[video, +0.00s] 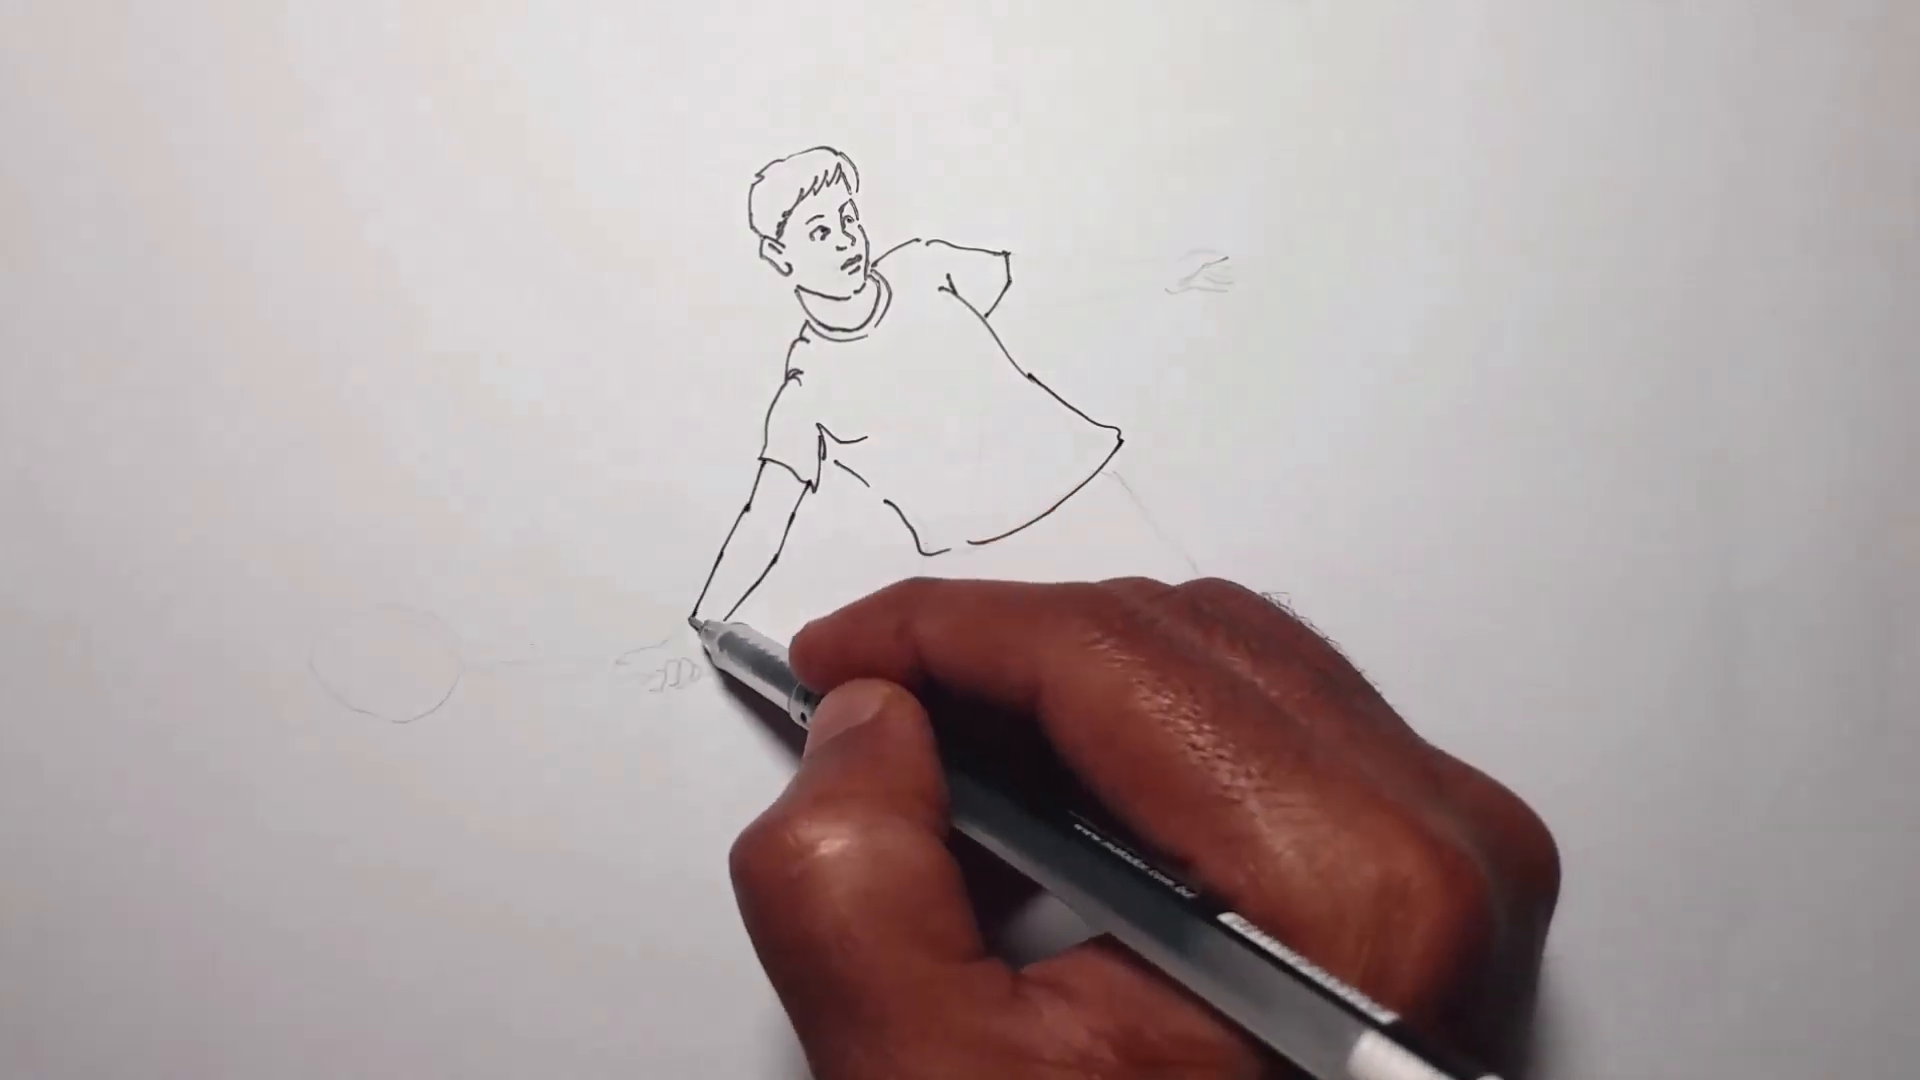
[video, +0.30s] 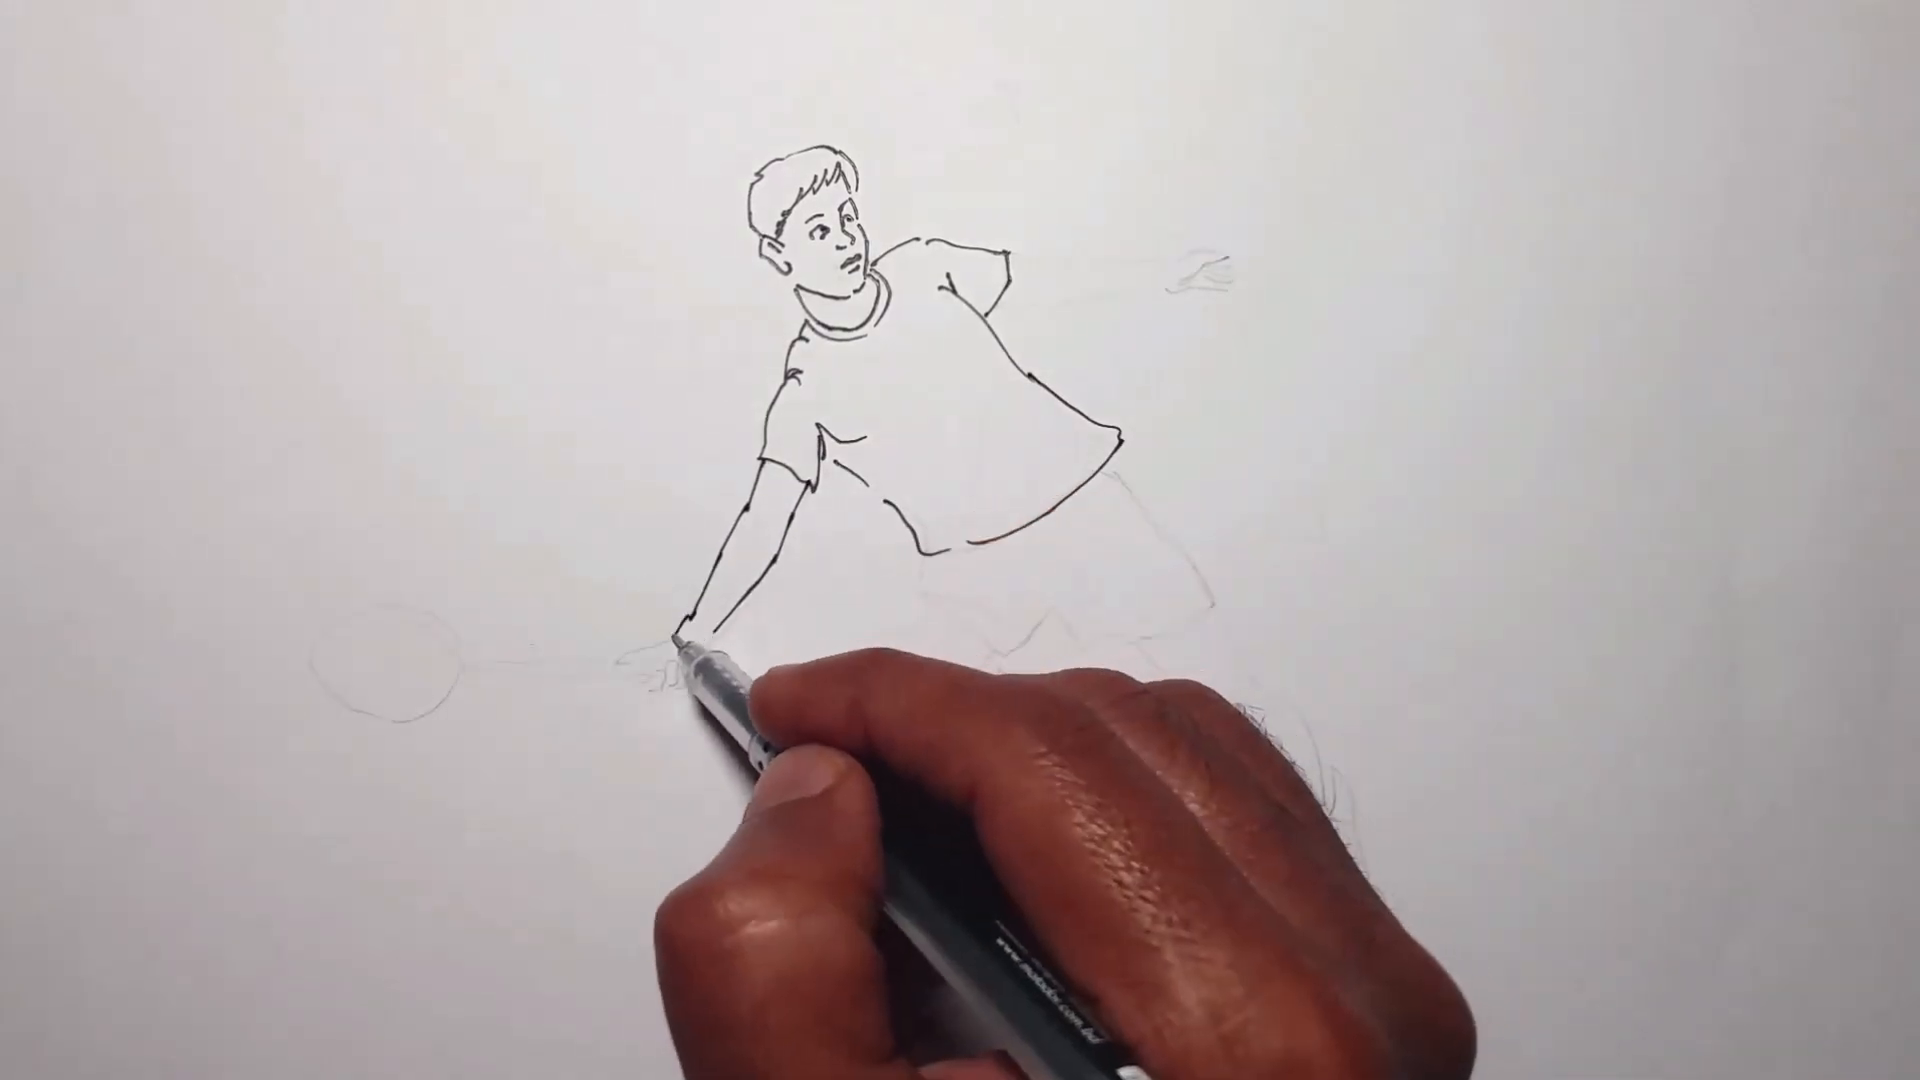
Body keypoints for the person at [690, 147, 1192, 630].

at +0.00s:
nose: (845, 240)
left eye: (847, 216)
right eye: (817, 232)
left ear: (860, 211)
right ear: (776, 257)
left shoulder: (922, 266)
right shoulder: (805, 394)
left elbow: (1028, 267)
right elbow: (763, 525)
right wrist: (704, 622)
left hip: (1076, 469)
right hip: (975, 548)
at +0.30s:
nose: (845, 241)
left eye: (847, 217)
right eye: (816, 230)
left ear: (861, 212)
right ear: (775, 257)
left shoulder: (924, 267)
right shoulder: (804, 400)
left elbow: (1056, 280)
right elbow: (761, 525)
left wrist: (1171, 283)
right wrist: (702, 624)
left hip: (1090, 503)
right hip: (983, 572)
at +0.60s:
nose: (845, 242)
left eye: (847, 217)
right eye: (818, 232)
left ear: (861, 212)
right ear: (775, 254)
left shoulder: (926, 266)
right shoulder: (805, 402)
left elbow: (1053, 270)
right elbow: (761, 525)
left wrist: (1170, 280)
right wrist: (697, 628)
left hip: (1093, 513)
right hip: (981, 577)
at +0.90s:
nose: (843, 241)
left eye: (845, 216)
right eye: (816, 230)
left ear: (861, 212)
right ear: (775, 256)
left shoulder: (927, 266)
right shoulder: (805, 401)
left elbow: (1049, 270)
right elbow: (760, 527)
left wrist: (1172, 281)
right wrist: (693, 633)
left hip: (1089, 494)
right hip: (983, 566)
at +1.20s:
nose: (843, 241)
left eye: (845, 217)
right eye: (814, 231)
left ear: (859, 213)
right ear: (774, 256)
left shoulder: (924, 268)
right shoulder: (804, 401)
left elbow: (1050, 270)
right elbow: (760, 526)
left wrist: (1171, 278)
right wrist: (695, 631)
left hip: (1091, 494)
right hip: (976, 566)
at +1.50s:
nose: (843, 240)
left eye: (844, 216)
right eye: (815, 231)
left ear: (859, 211)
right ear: (775, 256)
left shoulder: (927, 268)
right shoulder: (805, 399)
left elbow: (1060, 272)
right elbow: (761, 525)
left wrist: (1171, 278)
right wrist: (695, 632)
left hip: (1093, 496)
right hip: (977, 566)